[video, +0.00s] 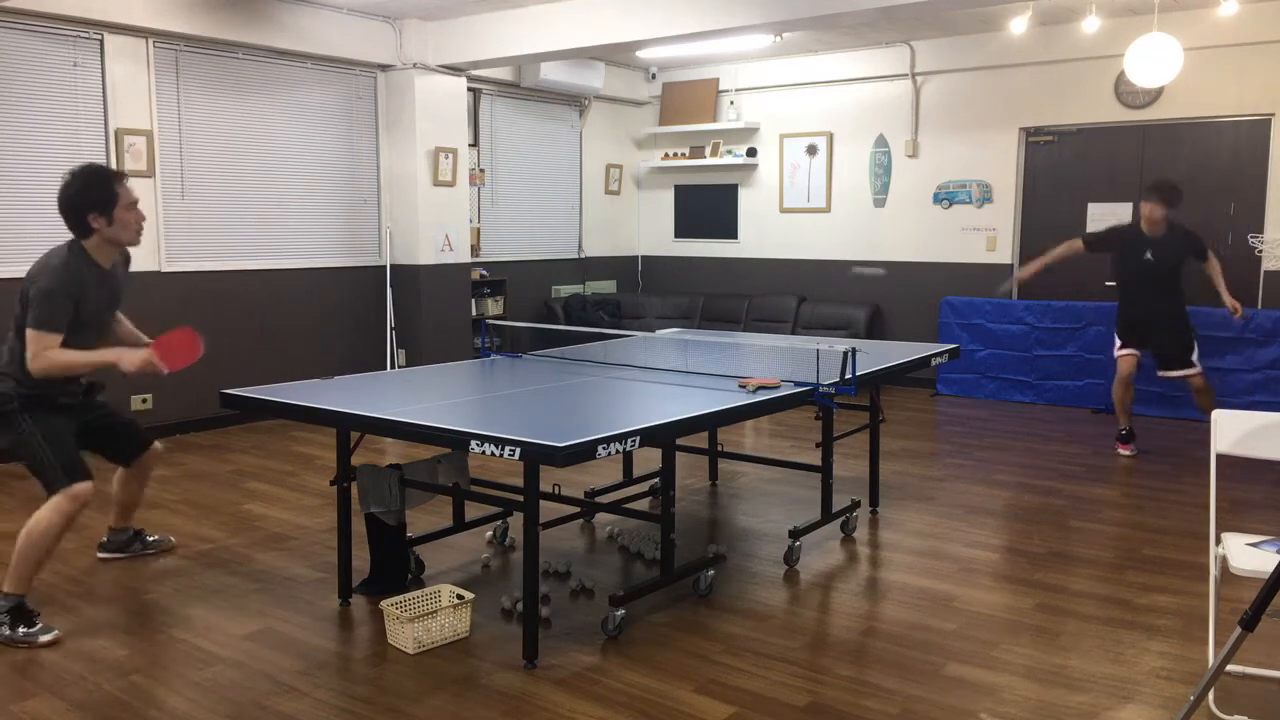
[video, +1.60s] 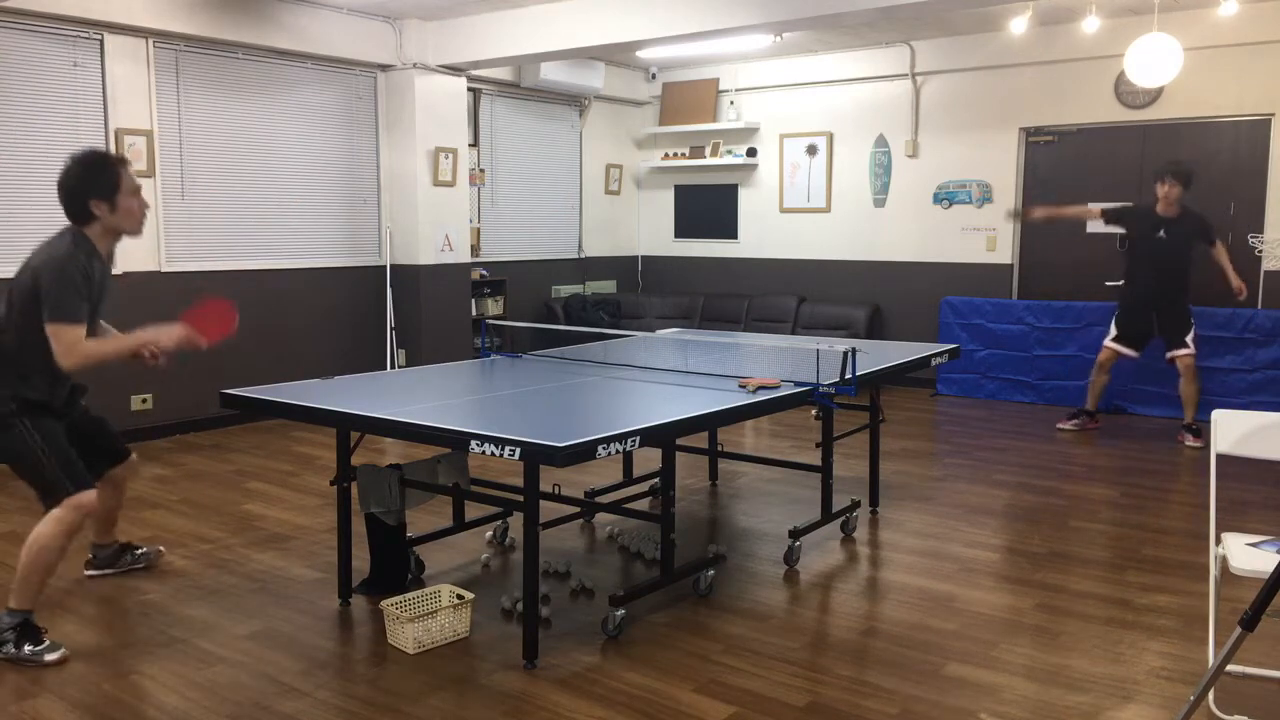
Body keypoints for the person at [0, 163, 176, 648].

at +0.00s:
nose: (141, 214)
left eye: (136, 204)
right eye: (130, 209)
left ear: (105, 221)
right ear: (97, 223)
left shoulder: (116, 260)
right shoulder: (56, 275)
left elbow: (104, 316)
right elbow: (39, 361)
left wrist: (149, 346)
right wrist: (119, 357)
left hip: (72, 393)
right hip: (25, 400)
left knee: (143, 453)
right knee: (74, 489)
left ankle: (120, 535)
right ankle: (9, 606)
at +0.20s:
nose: (131, 230)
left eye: (128, 220)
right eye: (119, 224)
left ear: (93, 237)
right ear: (84, 240)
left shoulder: (130, 270)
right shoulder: (40, 287)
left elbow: (147, 317)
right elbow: (6, 365)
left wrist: (167, 349)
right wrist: (55, 398)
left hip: (91, 388)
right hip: (33, 392)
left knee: (157, 458)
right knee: (53, 474)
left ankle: (123, 529)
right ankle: (14, 597)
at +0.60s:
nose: (47, 260)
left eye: (47, 247)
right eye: (33, 255)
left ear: (52, 241)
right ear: (7, 266)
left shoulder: (79, 276)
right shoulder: (5, 308)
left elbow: (137, 287)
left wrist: (189, 315)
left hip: (96, 404)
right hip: (33, 412)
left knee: (155, 482)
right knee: (60, 493)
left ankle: (125, 528)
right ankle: (17, 602)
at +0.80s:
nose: (25, 169)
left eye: (29, 159)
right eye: (14, 162)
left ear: (37, 157)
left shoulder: (40, 209)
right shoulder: (10, 212)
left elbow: (76, 265)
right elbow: (50, 191)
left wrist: (140, 269)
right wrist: (71, 137)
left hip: (85, 359)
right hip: (40, 372)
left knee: (139, 444)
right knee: (76, 492)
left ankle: (104, 537)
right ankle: (19, 601)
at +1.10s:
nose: (72, 155)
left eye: (67, 146)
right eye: (61, 147)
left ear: (30, 165)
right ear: (27, 163)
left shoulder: (40, 218)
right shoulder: (17, 217)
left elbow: (56, 298)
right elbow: (105, 226)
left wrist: (122, 282)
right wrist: (125, 164)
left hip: (64, 379)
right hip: (35, 383)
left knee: (111, 471)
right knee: (75, 504)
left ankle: (56, 565)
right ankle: (8, 636)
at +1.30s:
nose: (103, 147)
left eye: (99, 137)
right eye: (92, 139)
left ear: (64, 153)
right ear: (59, 153)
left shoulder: (69, 210)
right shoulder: (36, 214)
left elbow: (70, 282)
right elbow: (86, 285)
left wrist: (118, 281)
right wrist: (151, 245)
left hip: (60, 373)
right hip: (23, 377)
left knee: (96, 466)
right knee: (51, 484)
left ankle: (54, 564)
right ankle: (16, 624)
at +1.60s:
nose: (143, 199)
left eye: (138, 188)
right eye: (132, 191)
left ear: (101, 205)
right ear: (100, 205)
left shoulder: (96, 254)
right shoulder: (64, 261)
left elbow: (88, 331)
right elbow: (70, 355)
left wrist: (136, 345)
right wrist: (149, 339)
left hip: (54, 396)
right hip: (15, 404)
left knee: (117, 468)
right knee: (78, 499)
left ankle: (106, 551)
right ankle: (13, 623)